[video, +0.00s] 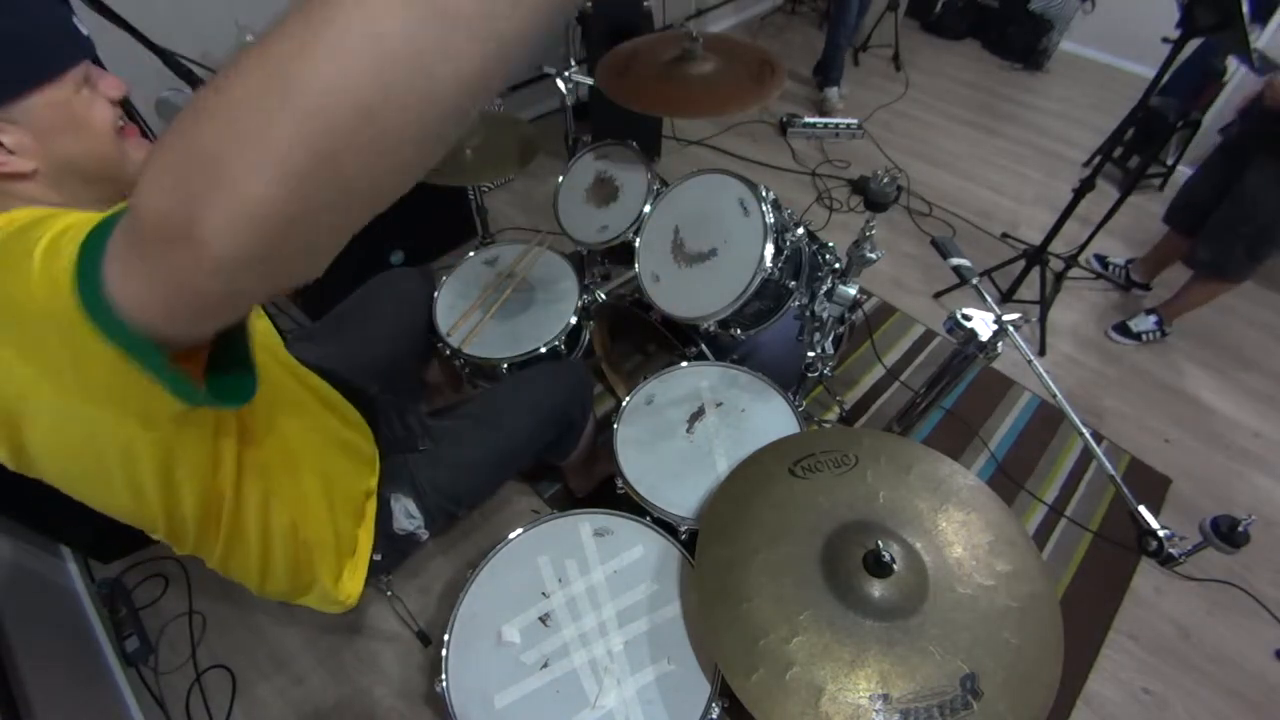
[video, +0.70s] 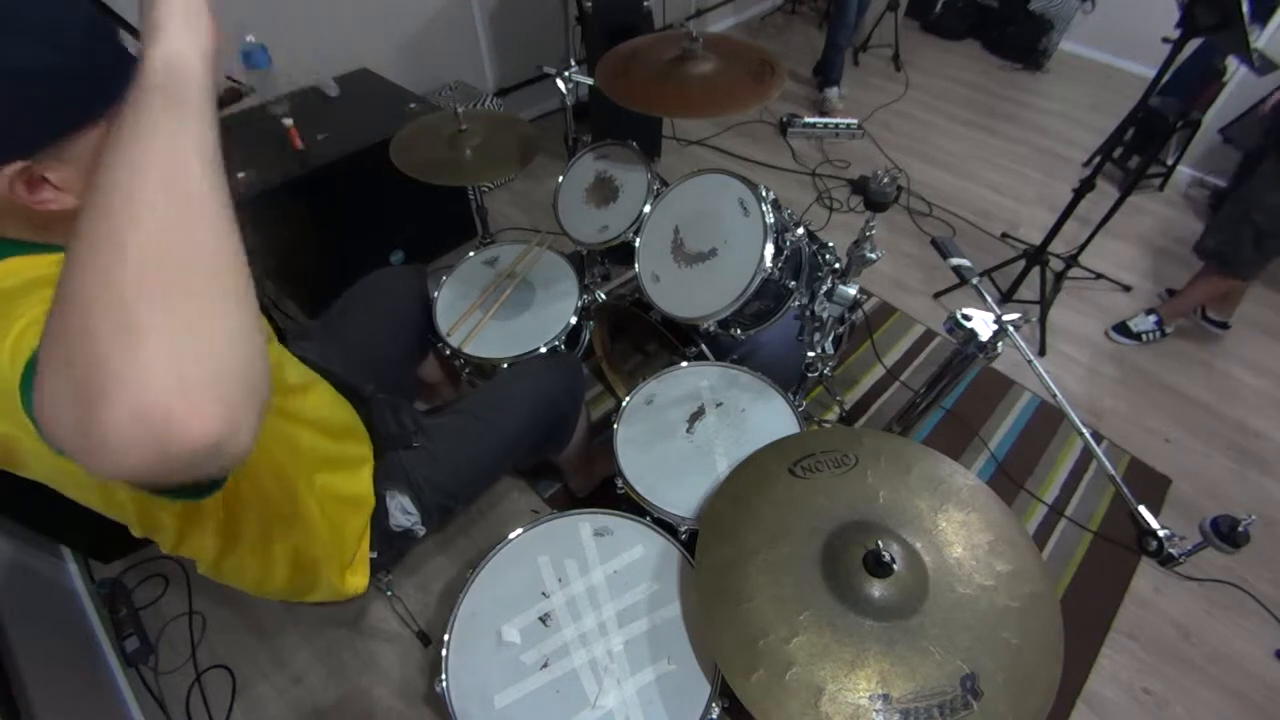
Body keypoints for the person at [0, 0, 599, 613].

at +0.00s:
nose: (117, 89)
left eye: (95, 73)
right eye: (83, 84)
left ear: (16, 154)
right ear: (11, 151)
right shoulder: (37, 282)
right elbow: (212, 236)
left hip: (286, 394)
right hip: (346, 513)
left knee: (413, 288)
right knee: (563, 378)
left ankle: (426, 396)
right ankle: (575, 471)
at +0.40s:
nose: (122, 92)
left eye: (99, 73)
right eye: (87, 85)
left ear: (19, 155)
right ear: (13, 151)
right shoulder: (34, 297)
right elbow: (187, 304)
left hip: (285, 395)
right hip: (344, 512)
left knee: (408, 285)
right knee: (564, 374)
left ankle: (428, 394)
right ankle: (577, 474)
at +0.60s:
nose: (125, 101)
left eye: (115, 84)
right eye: (97, 97)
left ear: (28, 172)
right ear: (26, 171)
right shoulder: (25, 333)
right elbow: (173, 381)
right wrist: (191, 2)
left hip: (294, 391)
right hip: (352, 513)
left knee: (404, 280)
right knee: (557, 370)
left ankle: (425, 395)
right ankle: (572, 469)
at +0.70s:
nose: (160, 154)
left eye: (142, 127)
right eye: (125, 139)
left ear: (37, 182)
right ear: (38, 188)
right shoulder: (27, 325)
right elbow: (181, 422)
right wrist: (180, 41)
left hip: (293, 392)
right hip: (355, 514)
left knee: (402, 280)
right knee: (556, 367)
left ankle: (423, 400)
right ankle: (565, 469)